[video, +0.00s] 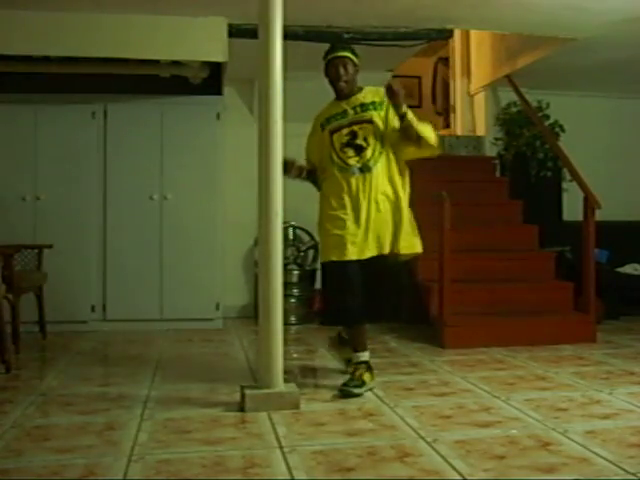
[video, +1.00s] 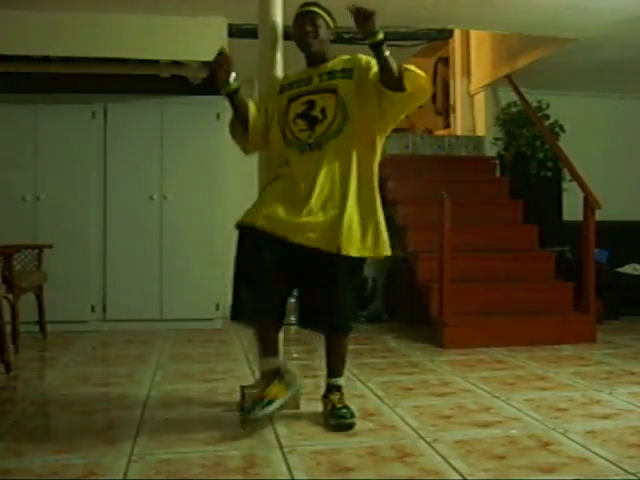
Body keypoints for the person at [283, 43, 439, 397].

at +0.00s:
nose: (340, 74)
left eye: (346, 67)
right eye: (333, 69)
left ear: (357, 70)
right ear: (326, 76)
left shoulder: (381, 101)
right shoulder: (322, 121)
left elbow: (426, 145)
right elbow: (325, 178)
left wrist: (403, 111)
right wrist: (304, 171)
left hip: (382, 216)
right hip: (340, 221)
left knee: (374, 288)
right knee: (347, 292)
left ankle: (348, 337)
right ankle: (361, 364)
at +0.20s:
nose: (345, 67)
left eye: (351, 60)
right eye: (339, 62)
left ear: (363, 66)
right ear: (332, 70)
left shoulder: (385, 106)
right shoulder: (318, 110)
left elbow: (400, 164)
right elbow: (305, 169)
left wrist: (387, 132)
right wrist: (305, 129)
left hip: (376, 204)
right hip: (331, 212)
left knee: (386, 256)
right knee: (344, 292)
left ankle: (380, 314)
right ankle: (361, 366)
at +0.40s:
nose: (350, 53)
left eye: (356, 49)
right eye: (344, 48)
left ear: (366, 58)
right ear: (335, 58)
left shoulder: (382, 101)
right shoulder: (315, 93)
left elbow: (395, 160)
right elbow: (302, 142)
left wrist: (372, 119)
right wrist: (325, 112)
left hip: (367, 198)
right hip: (323, 203)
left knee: (362, 265)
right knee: (337, 288)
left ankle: (362, 366)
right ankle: (360, 366)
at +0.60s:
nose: (350, 55)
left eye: (357, 50)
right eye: (344, 49)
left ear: (366, 62)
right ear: (333, 59)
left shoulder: (375, 108)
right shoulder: (311, 95)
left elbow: (388, 166)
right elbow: (301, 145)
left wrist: (371, 134)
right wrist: (335, 127)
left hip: (360, 208)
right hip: (316, 208)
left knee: (352, 292)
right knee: (326, 294)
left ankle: (337, 390)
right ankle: (358, 358)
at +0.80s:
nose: (333, 33)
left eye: (341, 29)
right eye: (326, 29)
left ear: (353, 43)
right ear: (317, 44)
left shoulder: (375, 88)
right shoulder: (299, 85)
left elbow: (397, 125)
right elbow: (276, 129)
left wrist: (379, 74)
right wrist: (280, 74)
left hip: (352, 213)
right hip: (298, 210)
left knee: (347, 312)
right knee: (296, 313)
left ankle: (335, 391)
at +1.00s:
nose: (309, 30)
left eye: (316, 23)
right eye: (302, 25)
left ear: (332, 31)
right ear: (294, 36)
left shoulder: (359, 71)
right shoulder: (281, 89)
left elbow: (398, 88)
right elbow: (249, 138)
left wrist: (373, 38)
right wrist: (232, 90)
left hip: (341, 210)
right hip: (281, 207)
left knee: (337, 311)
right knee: (258, 288)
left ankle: (335, 392)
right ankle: (273, 377)